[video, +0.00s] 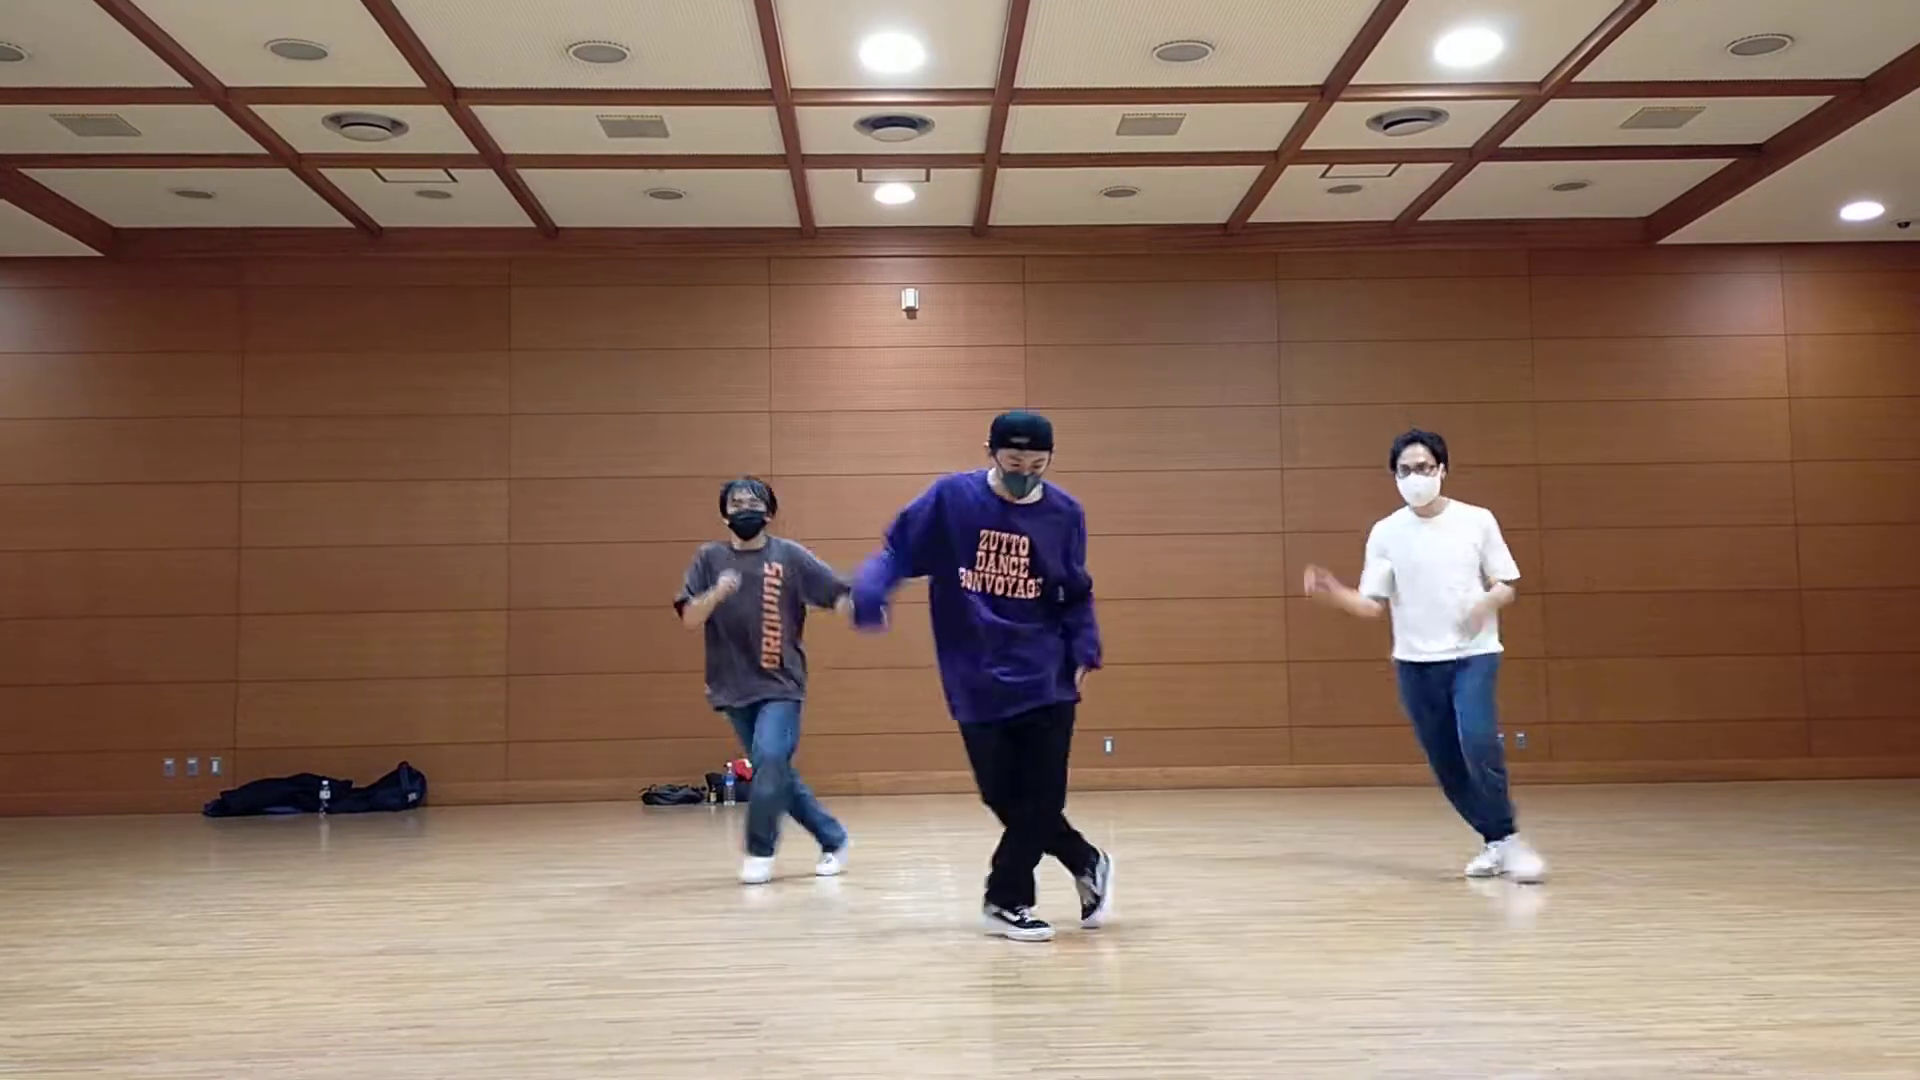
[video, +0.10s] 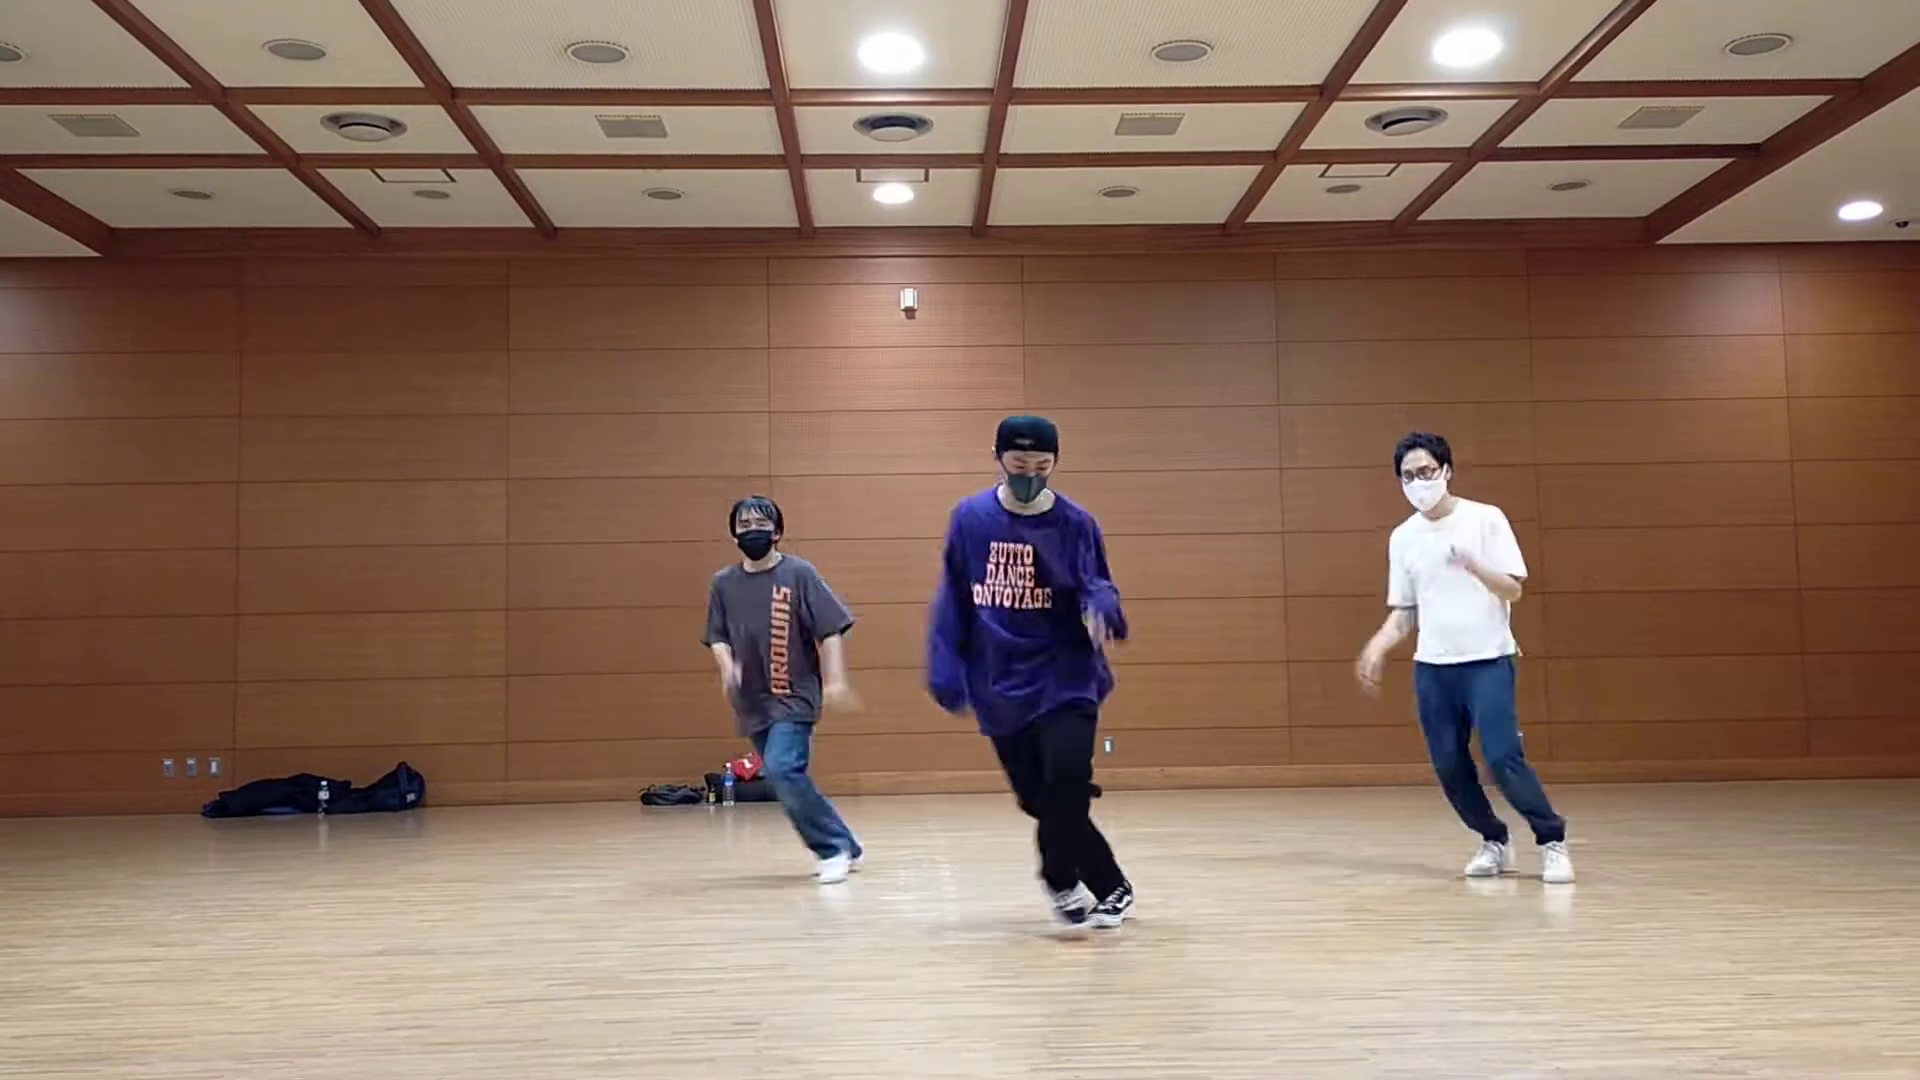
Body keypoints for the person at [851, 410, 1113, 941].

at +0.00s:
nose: (1025, 464)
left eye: (1035, 455)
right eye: (1015, 454)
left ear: (1047, 457)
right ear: (994, 452)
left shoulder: (1064, 514)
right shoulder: (953, 498)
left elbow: (1075, 592)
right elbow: (898, 551)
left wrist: (1083, 651)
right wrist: (867, 590)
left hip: (1044, 676)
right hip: (975, 679)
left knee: (1041, 794)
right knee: (1002, 794)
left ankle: (1006, 900)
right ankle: (1086, 862)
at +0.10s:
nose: (1027, 463)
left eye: (1038, 455)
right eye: (1017, 453)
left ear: (1052, 460)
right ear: (1000, 458)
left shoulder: (1076, 524)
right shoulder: (970, 519)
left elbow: (1100, 590)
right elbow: (951, 598)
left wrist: (1102, 609)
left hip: (1067, 677)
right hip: (1000, 683)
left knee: (1065, 784)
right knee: (1037, 797)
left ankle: (1059, 879)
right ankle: (1113, 887)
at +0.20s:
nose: (1028, 459)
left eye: (1038, 450)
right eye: (1017, 449)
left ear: (1055, 454)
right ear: (1000, 453)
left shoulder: (1079, 518)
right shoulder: (980, 518)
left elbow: (1092, 592)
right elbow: (975, 604)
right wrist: (984, 684)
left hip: (1071, 670)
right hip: (1009, 681)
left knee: (1074, 769)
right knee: (1057, 794)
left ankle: (1117, 894)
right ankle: (1105, 892)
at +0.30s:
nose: (1013, 426)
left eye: (1024, 416)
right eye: (1003, 417)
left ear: (1047, 421)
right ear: (989, 422)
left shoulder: (1070, 479)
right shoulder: (981, 489)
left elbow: (1061, 544)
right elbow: (993, 570)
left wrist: (1023, 472)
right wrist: (990, 637)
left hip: (1061, 652)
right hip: (1008, 657)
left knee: (1081, 777)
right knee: (1042, 781)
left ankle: (1123, 895)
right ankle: (1098, 881)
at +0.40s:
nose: (989, 406)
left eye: (1000, 397)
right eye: (979, 398)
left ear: (1024, 405)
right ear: (970, 409)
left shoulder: (1050, 459)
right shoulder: (974, 475)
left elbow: (1035, 524)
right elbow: (988, 554)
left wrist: (964, 479)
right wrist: (968, 611)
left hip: (1061, 639)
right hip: (1007, 645)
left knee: (1079, 765)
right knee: (1012, 765)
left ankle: (1139, 882)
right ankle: (1060, 871)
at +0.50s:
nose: (967, 444)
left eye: (977, 432)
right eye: (956, 435)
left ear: (1001, 429)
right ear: (946, 438)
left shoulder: (1029, 485)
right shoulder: (968, 500)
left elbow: (1008, 562)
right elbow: (974, 574)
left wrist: (925, 559)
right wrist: (935, 623)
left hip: (1070, 658)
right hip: (1017, 662)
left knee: (1102, 781)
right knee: (990, 777)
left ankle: (1177, 889)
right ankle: (968, 895)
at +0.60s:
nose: (944, 495)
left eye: (954, 483)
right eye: (934, 486)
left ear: (981, 480)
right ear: (926, 490)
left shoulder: (1011, 540)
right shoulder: (967, 541)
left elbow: (999, 635)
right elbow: (949, 612)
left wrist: (928, 678)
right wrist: (900, 654)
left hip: (1063, 692)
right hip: (1023, 695)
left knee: (1117, 804)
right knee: (961, 785)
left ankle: (1197, 906)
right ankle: (921, 909)